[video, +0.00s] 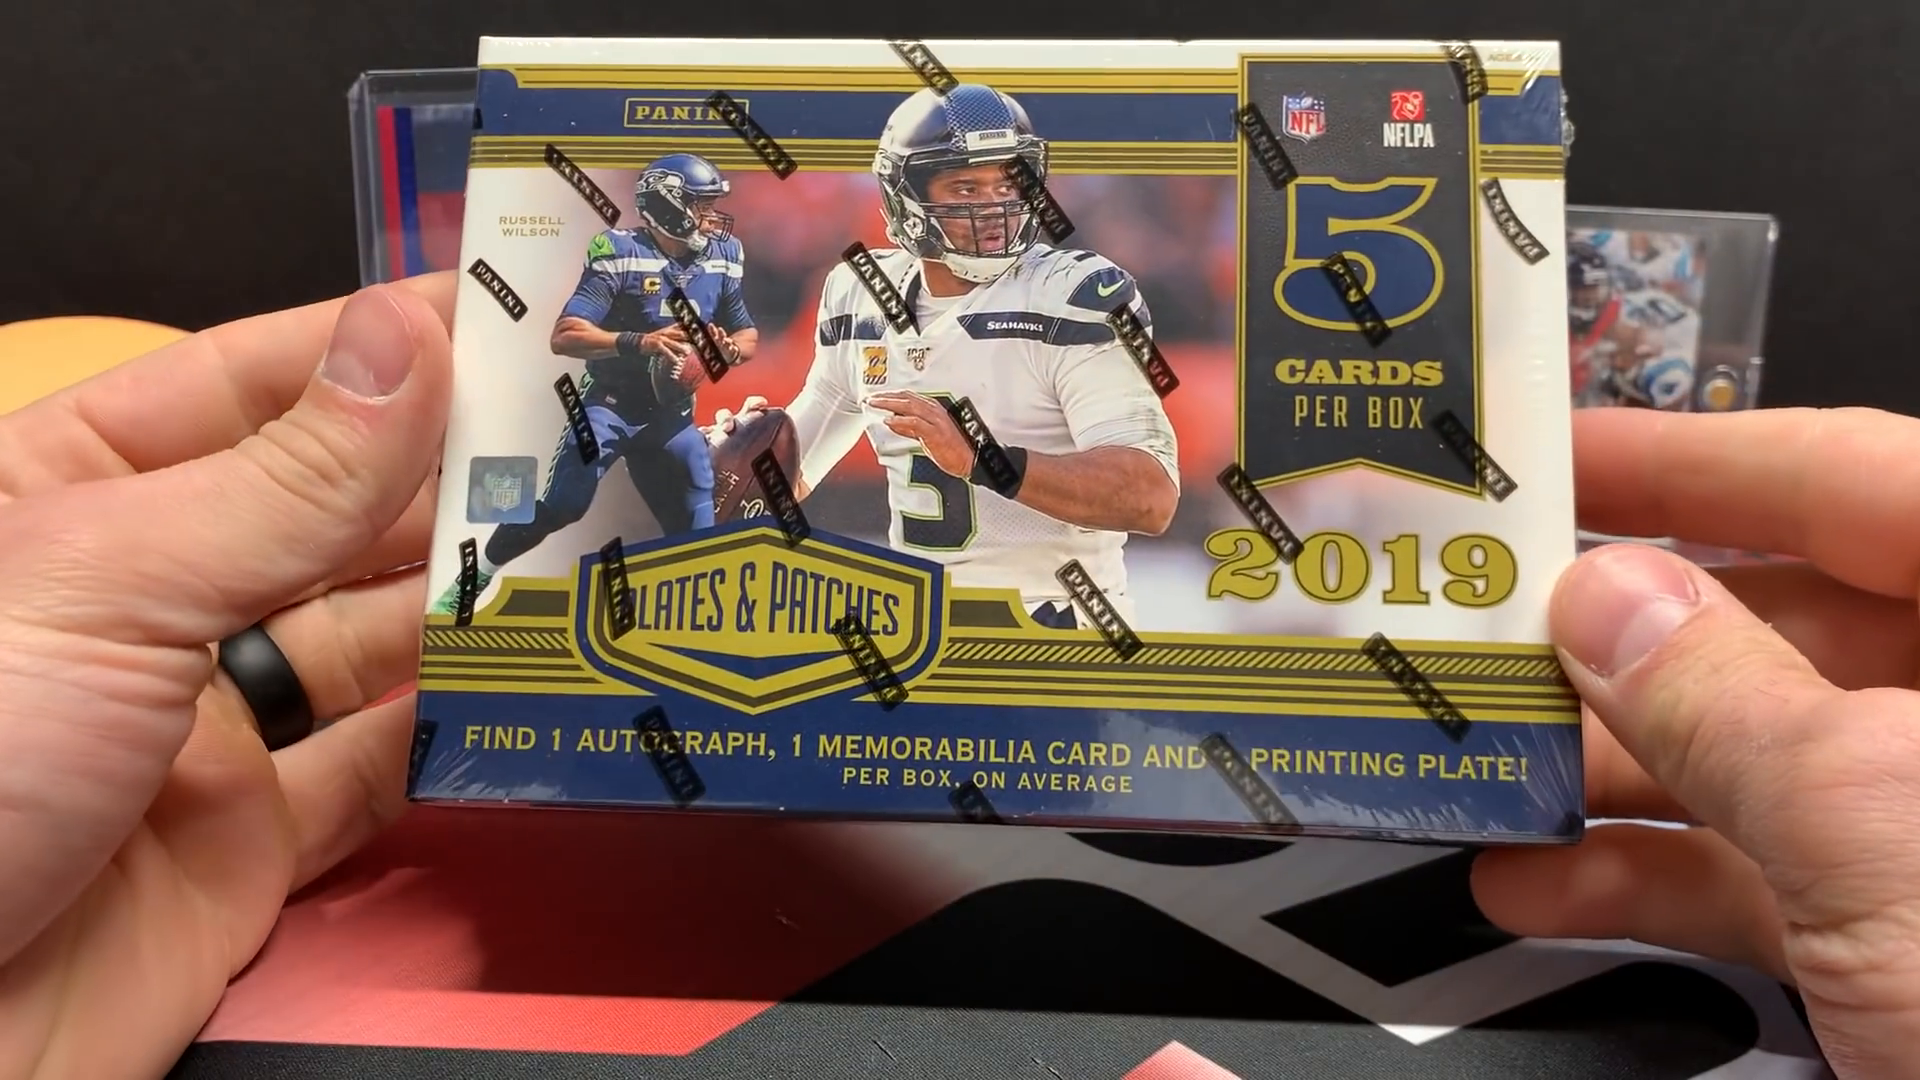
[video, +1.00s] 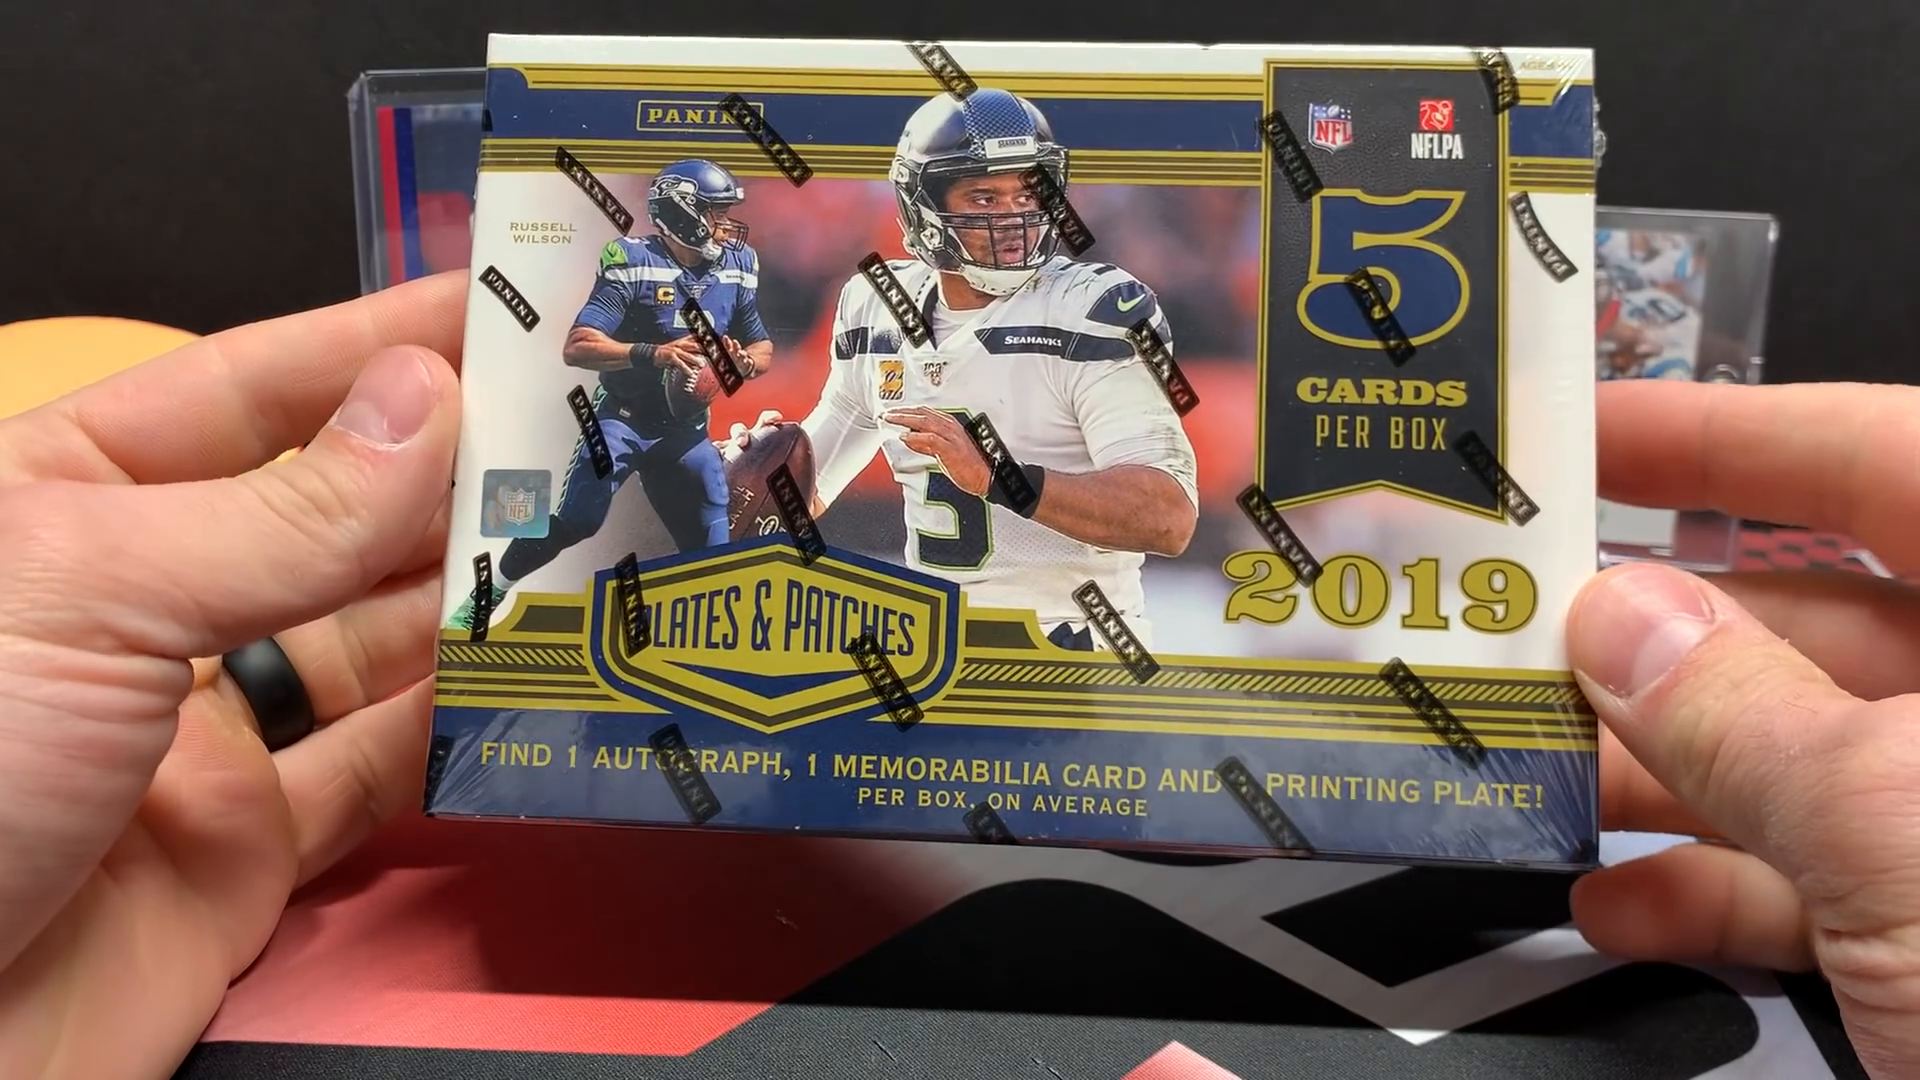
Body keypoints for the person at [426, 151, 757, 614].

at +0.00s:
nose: (712, 215)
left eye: (712, 204)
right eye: (701, 204)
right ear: (666, 206)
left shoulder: (724, 253)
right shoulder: (615, 251)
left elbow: (747, 336)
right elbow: (565, 336)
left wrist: (727, 348)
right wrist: (640, 342)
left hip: (672, 414)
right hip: (608, 406)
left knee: (699, 531)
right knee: (564, 504)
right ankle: (480, 570)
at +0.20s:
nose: (727, 209)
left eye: (727, 199)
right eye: (717, 200)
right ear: (684, 200)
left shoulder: (736, 246)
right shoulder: (629, 241)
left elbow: (760, 328)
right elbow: (575, 324)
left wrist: (737, 336)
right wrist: (651, 330)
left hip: (680, 403)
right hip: (615, 392)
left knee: (705, 517)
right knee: (570, 488)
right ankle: (481, 552)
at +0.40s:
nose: (739, 216)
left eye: (739, 206)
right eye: (729, 207)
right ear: (694, 208)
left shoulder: (748, 251)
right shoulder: (638, 246)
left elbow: (771, 332)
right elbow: (584, 327)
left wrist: (749, 339)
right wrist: (662, 333)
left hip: (690, 405)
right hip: (625, 395)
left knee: (716, 525)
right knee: (579, 490)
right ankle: (485, 557)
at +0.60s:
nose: (736, 216)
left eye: (736, 206)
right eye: (726, 206)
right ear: (690, 208)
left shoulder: (746, 252)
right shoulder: (636, 248)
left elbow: (769, 336)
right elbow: (583, 331)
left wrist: (747, 344)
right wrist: (659, 337)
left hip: (691, 412)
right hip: (625, 401)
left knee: (715, 530)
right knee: (578, 498)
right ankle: (488, 563)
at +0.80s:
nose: (730, 219)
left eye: (731, 208)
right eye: (720, 208)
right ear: (685, 210)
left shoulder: (745, 257)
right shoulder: (633, 253)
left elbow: (767, 343)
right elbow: (582, 340)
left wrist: (747, 354)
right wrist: (659, 346)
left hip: (691, 422)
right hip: (625, 413)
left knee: (718, 542)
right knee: (580, 512)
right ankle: (496, 577)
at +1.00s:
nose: (725, 225)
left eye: (726, 214)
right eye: (714, 214)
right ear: (678, 215)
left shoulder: (739, 263)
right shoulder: (629, 260)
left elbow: (761, 349)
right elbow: (578, 347)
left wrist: (743, 362)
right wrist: (652, 353)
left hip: (686, 428)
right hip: (621, 420)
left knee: (714, 548)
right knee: (577, 520)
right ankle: (493, 586)